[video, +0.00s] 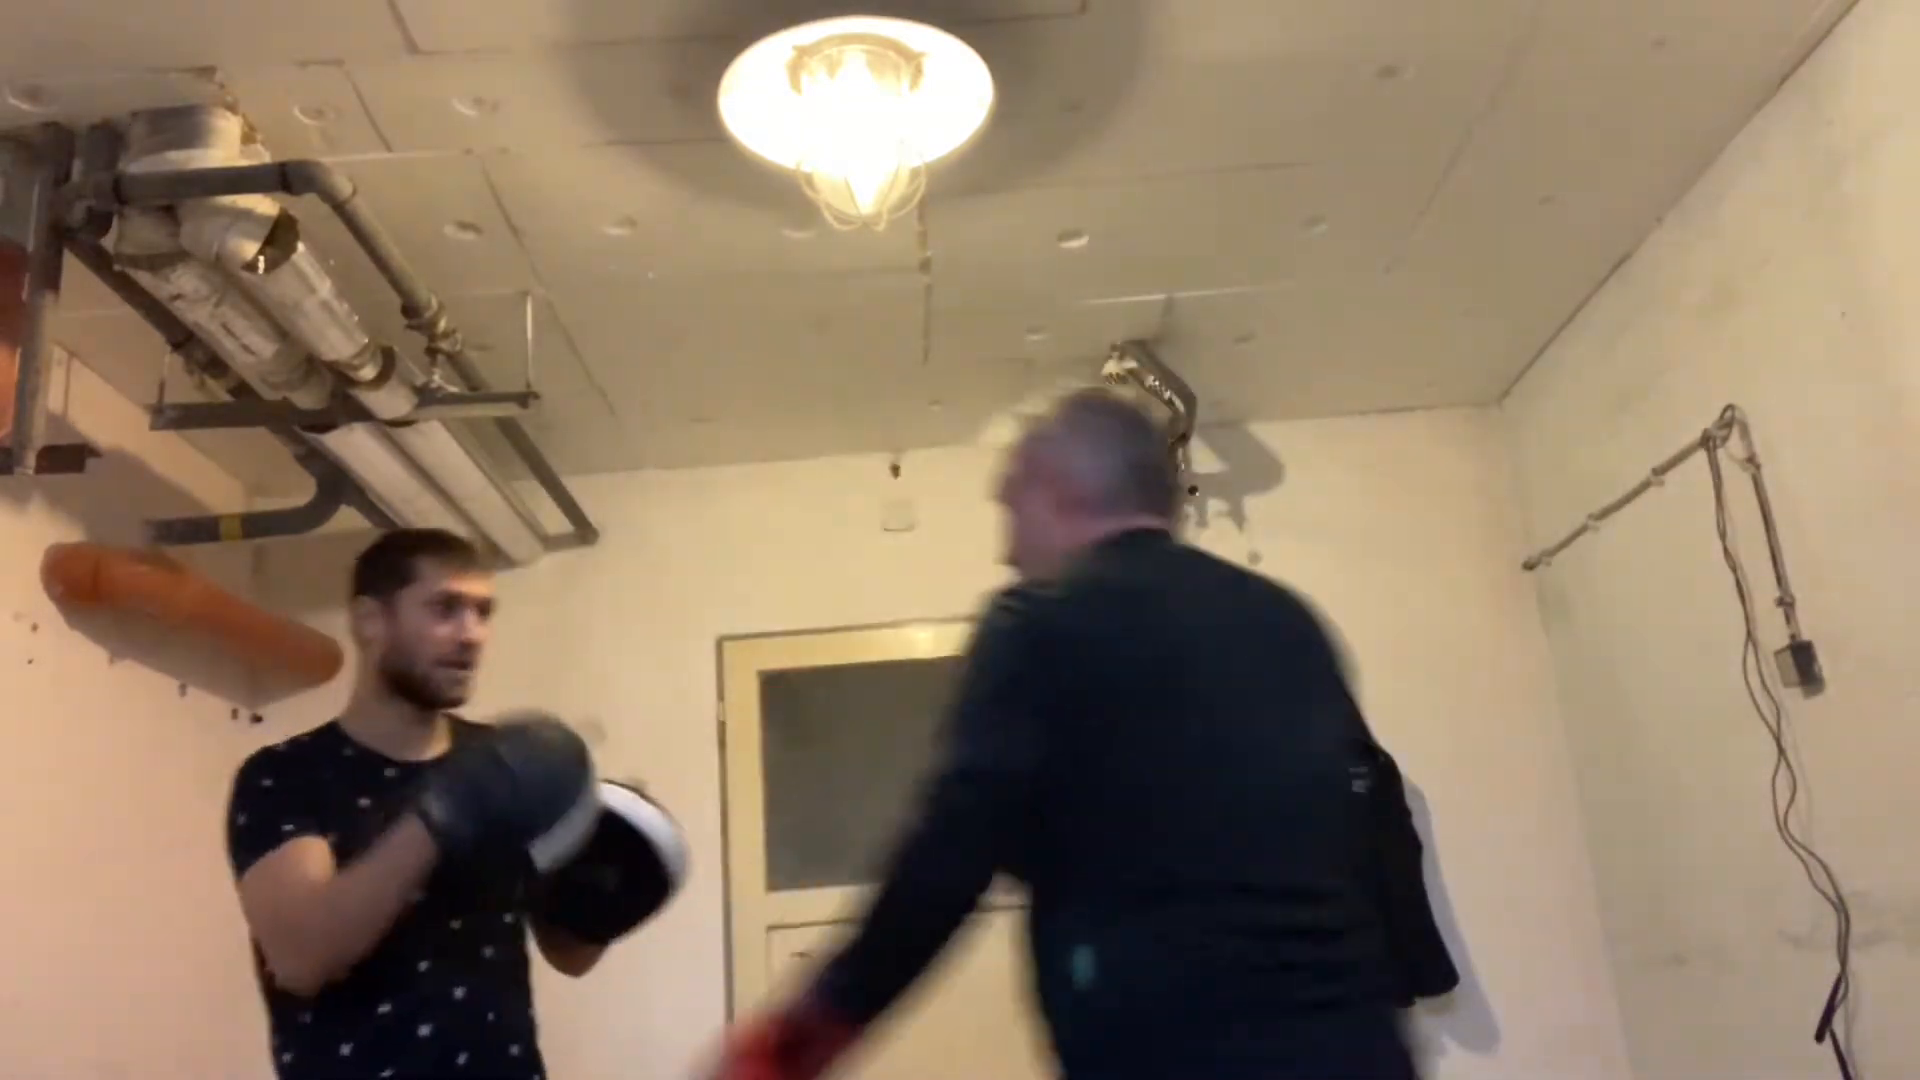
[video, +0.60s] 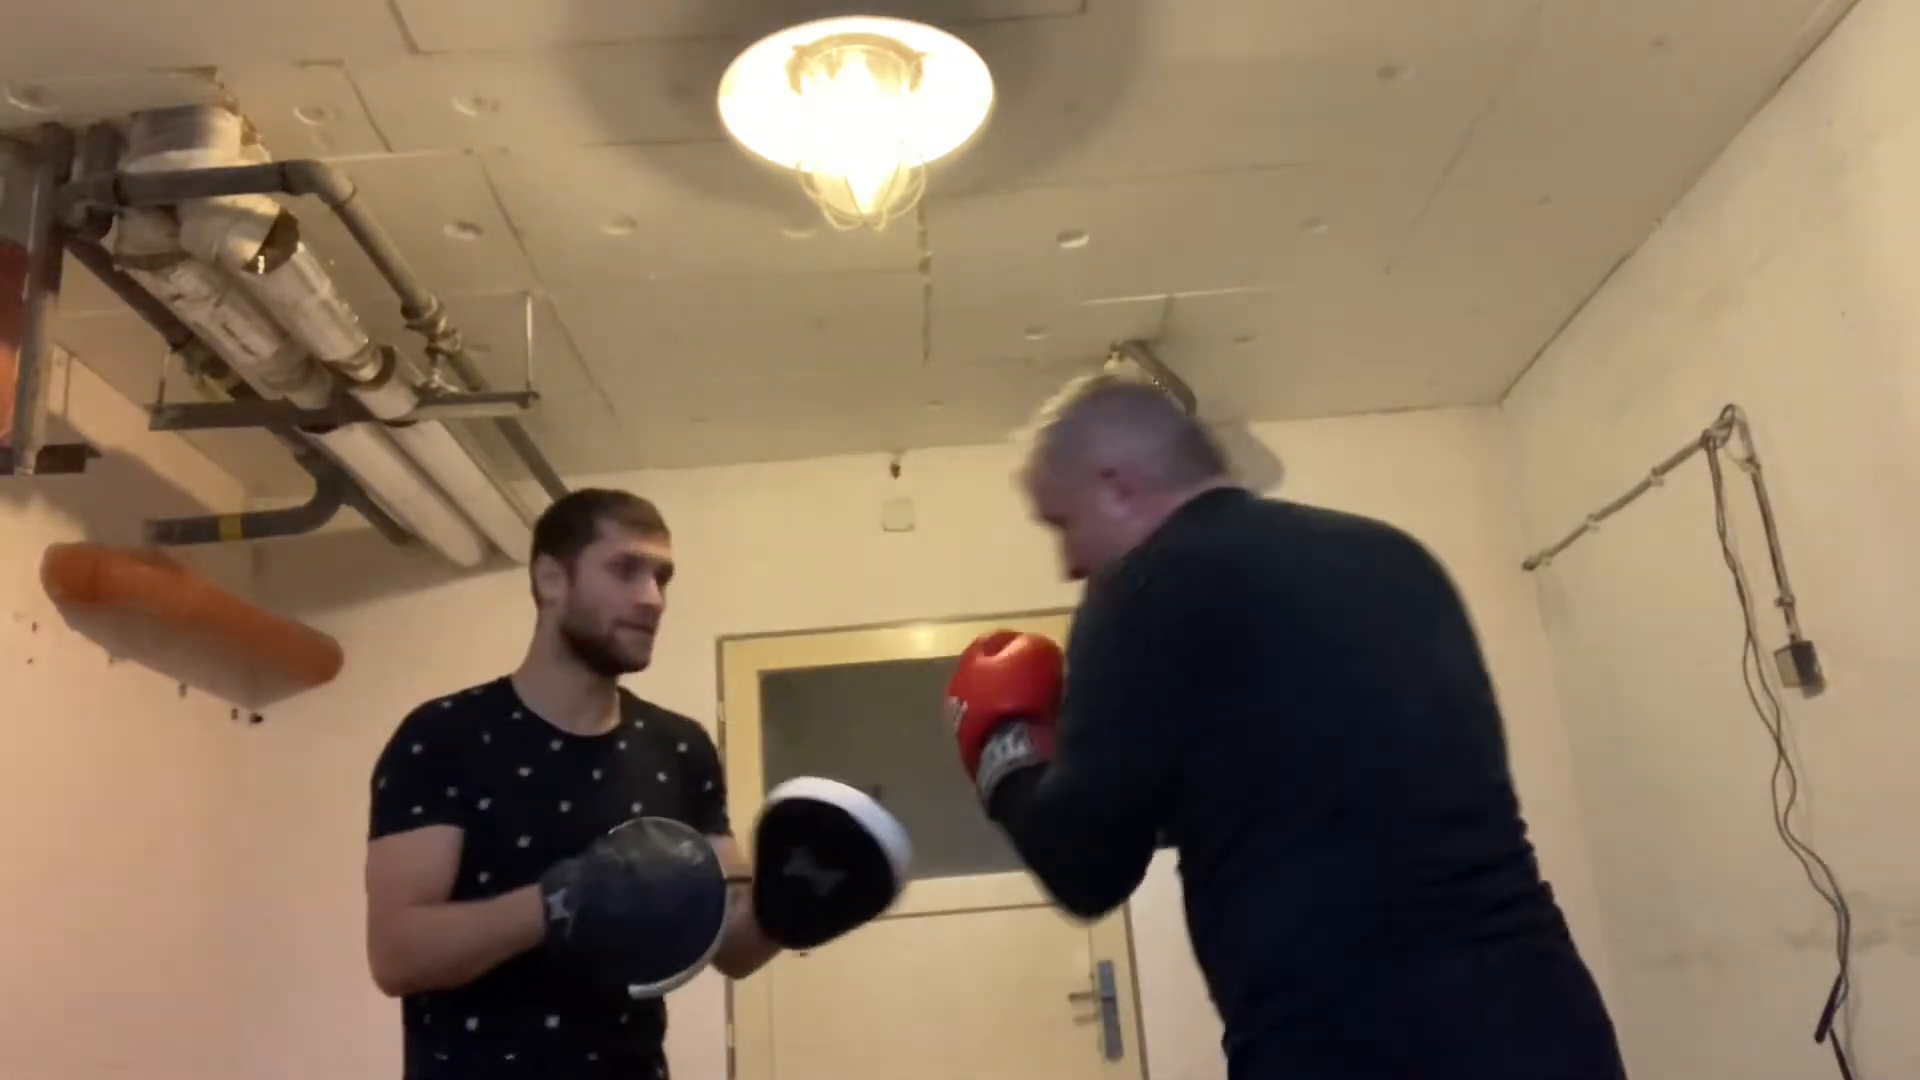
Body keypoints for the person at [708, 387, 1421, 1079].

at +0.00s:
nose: (1006, 541)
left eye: (1011, 506)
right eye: (1005, 510)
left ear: (1055, 495)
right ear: (1158, 500)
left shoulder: (1041, 626)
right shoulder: (1284, 616)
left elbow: (961, 841)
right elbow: (1369, 820)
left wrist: (826, 1012)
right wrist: (1400, 985)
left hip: (1147, 1044)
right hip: (1341, 1040)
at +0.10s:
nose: (1080, 550)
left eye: (1085, 518)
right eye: (1078, 520)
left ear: (1134, 502)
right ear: (1229, 505)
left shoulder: (1120, 609)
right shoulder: (1370, 618)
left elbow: (1081, 845)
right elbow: (1395, 847)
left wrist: (980, 1021)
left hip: (1226, 1042)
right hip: (1431, 1040)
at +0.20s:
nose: (1134, 533)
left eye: (1137, 506)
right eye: (1130, 511)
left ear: (1187, 489)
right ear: (1283, 491)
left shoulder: (1169, 577)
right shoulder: (1427, 605)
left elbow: (1139, 803)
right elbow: (1457, 822)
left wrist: (1061, 987)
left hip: (1275, 1036)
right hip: (1487, 1035)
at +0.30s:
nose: (1154, 516)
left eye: (1155, 490)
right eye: (1147, 496)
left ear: (1213, 471)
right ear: (1310, 473)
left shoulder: (1193, 552)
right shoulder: (1453, 586)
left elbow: (1150, 752)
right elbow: (1472, 812)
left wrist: (1058, 902)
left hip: (1305, 1027)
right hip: (1517, 1023)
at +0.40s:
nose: (1151, 518)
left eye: (1152, 486)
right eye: (1144, 490)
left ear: (1208, 462)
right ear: (1305, 463)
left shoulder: (1194, 551)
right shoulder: (1459, 573)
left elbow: (1140, 747)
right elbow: (1484, 802)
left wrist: (1017, 824)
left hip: (1325, 1029)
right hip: (1537, 1017)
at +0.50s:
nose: (1118, 546)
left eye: (1113, 508)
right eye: (1107, 516)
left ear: (1170, 473)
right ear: (1262, 458)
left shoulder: (1178, 577)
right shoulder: (1437, 560)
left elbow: (1112, 805)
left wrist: (999, 759)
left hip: (1331, 1030)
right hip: (1544, 1014)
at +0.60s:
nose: (1065, 562)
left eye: (1059, 526)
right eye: (1053, 533)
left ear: (1118, 490)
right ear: (1199, 468)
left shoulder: (1145, 602)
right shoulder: (1394, 553)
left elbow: (1088, 871)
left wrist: (1007, 752)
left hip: (1328, 1036)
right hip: (1539, 1016)